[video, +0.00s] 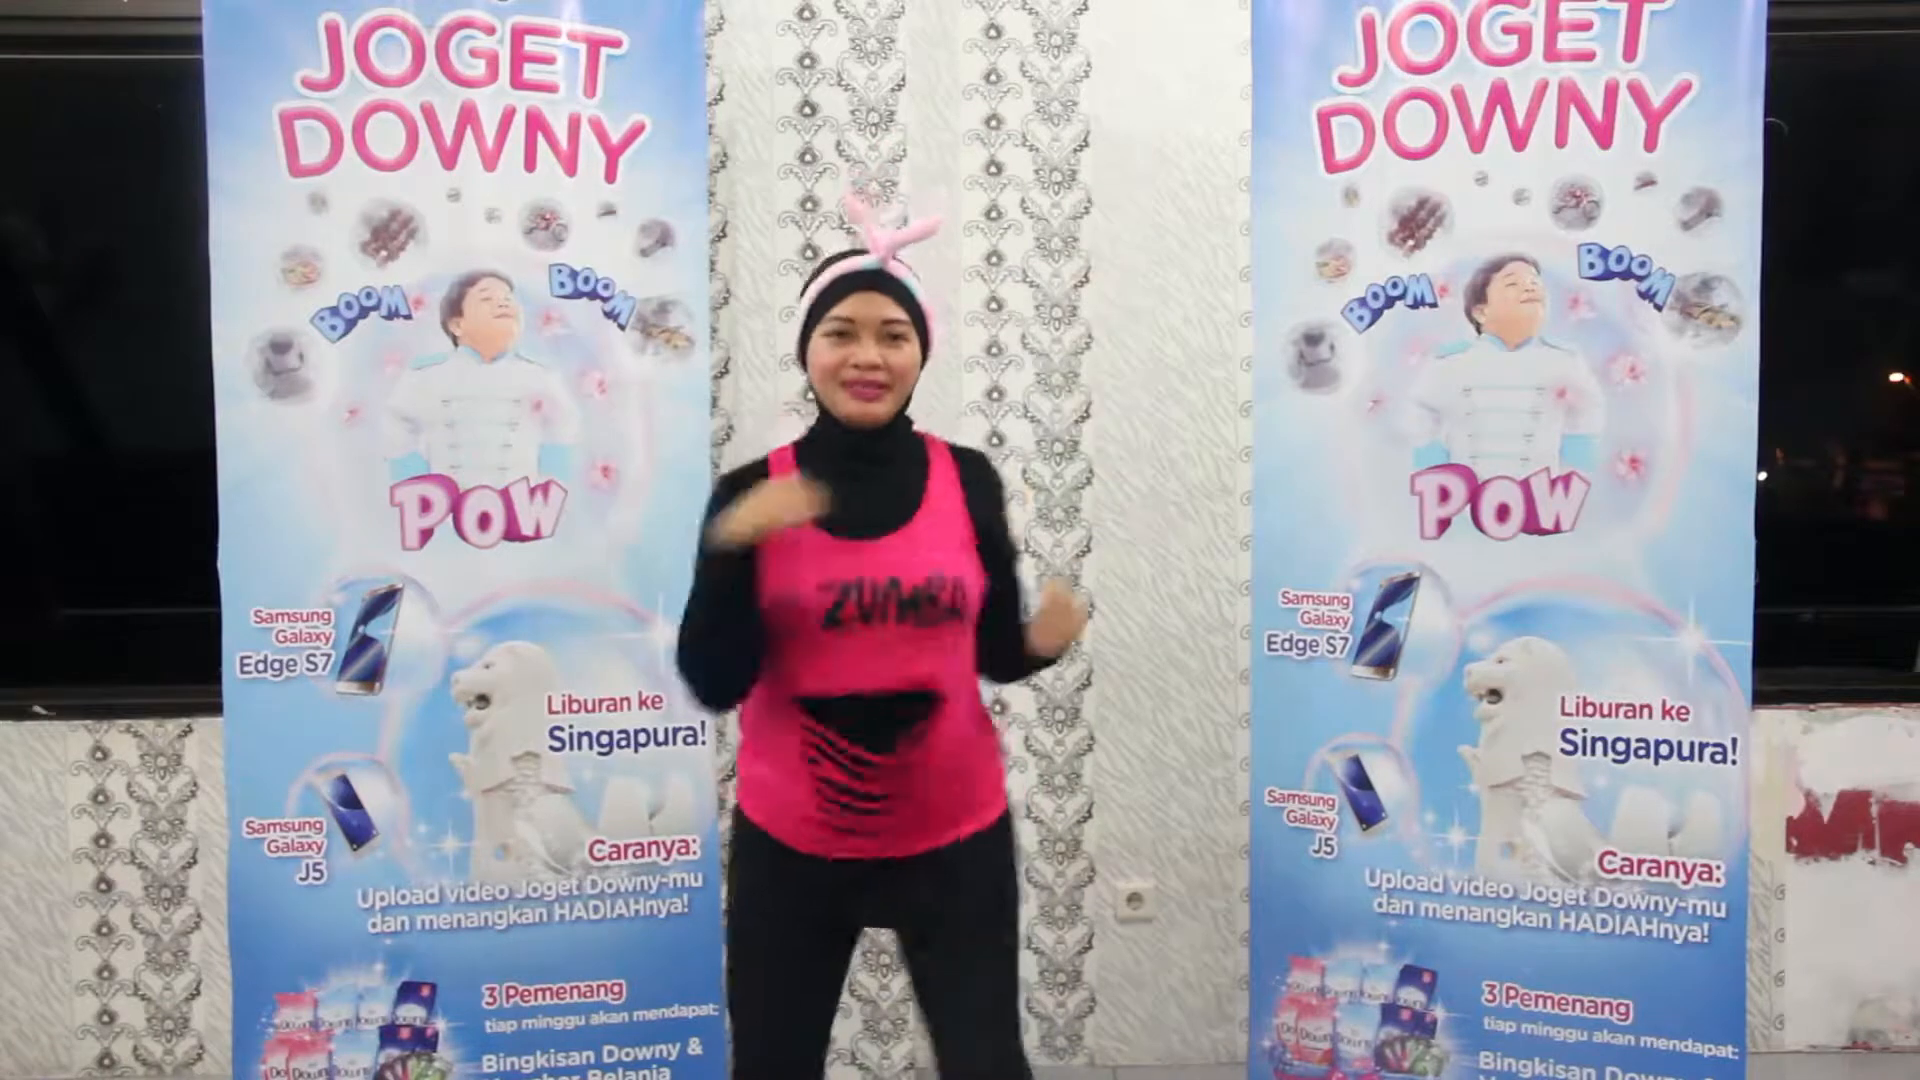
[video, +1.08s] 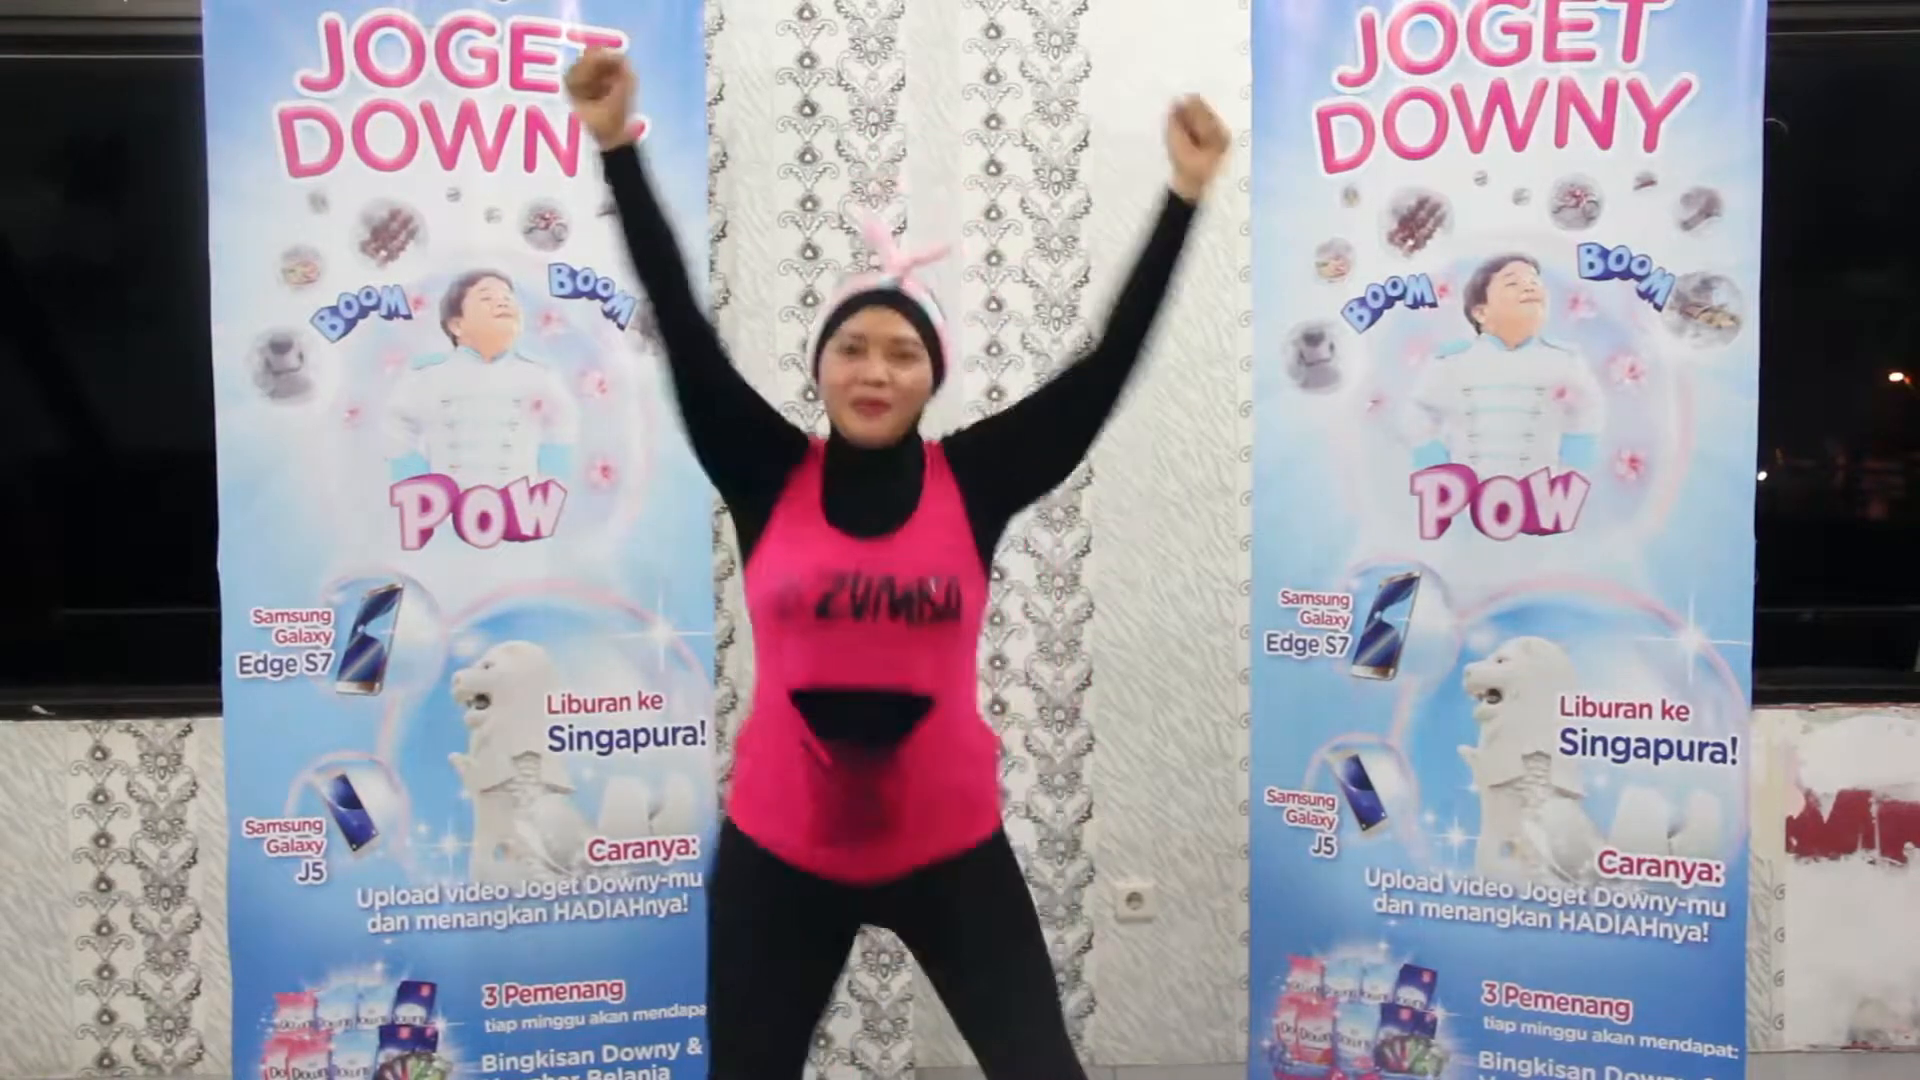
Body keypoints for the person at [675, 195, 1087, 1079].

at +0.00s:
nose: (867, 355)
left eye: (893, 335)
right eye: (842, 333)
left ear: (921, 358)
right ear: (805, 354)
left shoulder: (966, 481)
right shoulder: (748, 499)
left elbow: (993, 654)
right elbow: (713, 681)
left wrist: (1038, 641)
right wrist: (732, 545)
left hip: (954, 838)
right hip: (792, 842)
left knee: (988, 1063)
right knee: (772, 1065)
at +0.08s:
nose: (866, 369)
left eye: (890, 348)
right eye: (839, 347)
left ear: (917, 369)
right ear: (801, 367)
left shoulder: (946, 485)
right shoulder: (742, 488)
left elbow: (951, 639)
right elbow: (745, 639)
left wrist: (1001, 646)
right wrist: (826, 524)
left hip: (938, 822)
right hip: (785, 825)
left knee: (945, 1044)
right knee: (760, 1060)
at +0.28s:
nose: (873, 326)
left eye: (895, 307)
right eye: (849, 308)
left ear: (925, 329)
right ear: (812, 333)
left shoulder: (954, 448)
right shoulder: (767, 439)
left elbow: (984, 611)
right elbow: (832, 513)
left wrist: (1011, 576)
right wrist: (964, 539)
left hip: (951, 764)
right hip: (804, 786)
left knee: (950, 936)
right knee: (787, 1051)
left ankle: (978, 1069)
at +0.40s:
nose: (904, 296)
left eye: (926, 276)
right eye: (879, 278)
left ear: (961, 294)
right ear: (846, 300)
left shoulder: (1008, 403)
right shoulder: (795, 422)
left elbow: (1118, 547)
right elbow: (753, 590)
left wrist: (1011, 443)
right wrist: (817, 553)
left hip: (986, 776)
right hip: (828, 774)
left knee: (1007, 1043)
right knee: (793, 1038)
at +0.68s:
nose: (917, 310)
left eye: (942, 290)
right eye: (895, 292)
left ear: (981, 320)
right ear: (869, 323)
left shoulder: (1036, 438)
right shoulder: (839, 467)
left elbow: (1128, 509)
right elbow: (731, 603)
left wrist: (1025, 430)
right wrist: (720, 496)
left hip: (1022, 795)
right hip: (877, 782)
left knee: (1028, 1060)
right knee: (749, 908)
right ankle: (818, 1069)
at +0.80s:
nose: (899, 252)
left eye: (925, 235)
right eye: (875, 237)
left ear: (965, 264)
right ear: (851, 271)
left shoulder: (1020, 369)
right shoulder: (812, 392)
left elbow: (1155, 338)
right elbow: (648, 416)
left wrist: (1042, 225)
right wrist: (676, 272)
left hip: (1002, 746)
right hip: (843, 738)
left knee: (1049, 1020)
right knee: (710, 955)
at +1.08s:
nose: (876, 368)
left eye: (901, 353)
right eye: (854, 349)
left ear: (935, 380)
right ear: (818, 372)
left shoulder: (975, 479)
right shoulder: (769, 476)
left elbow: (1109, 364)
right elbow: (680, 328)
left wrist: (1184, 194)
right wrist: (618, 145)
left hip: (948, 854)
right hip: (781, 858)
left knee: (1043, 1068)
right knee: (745, 1069)